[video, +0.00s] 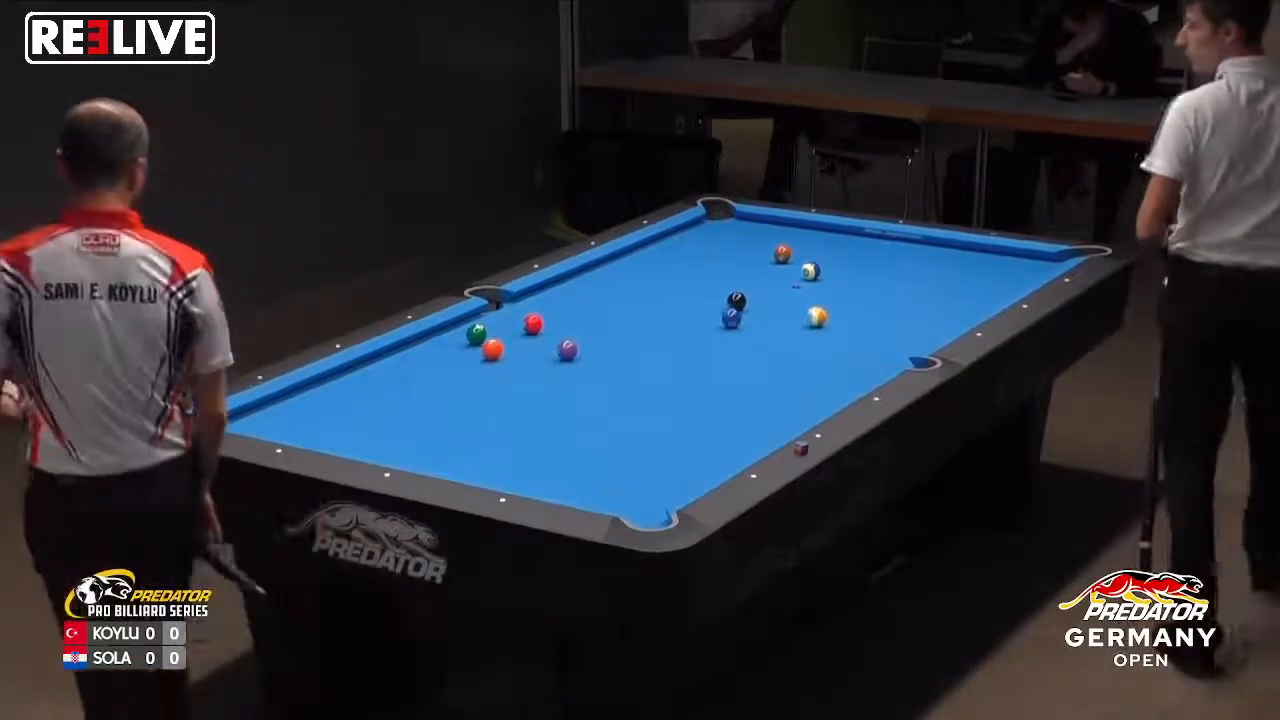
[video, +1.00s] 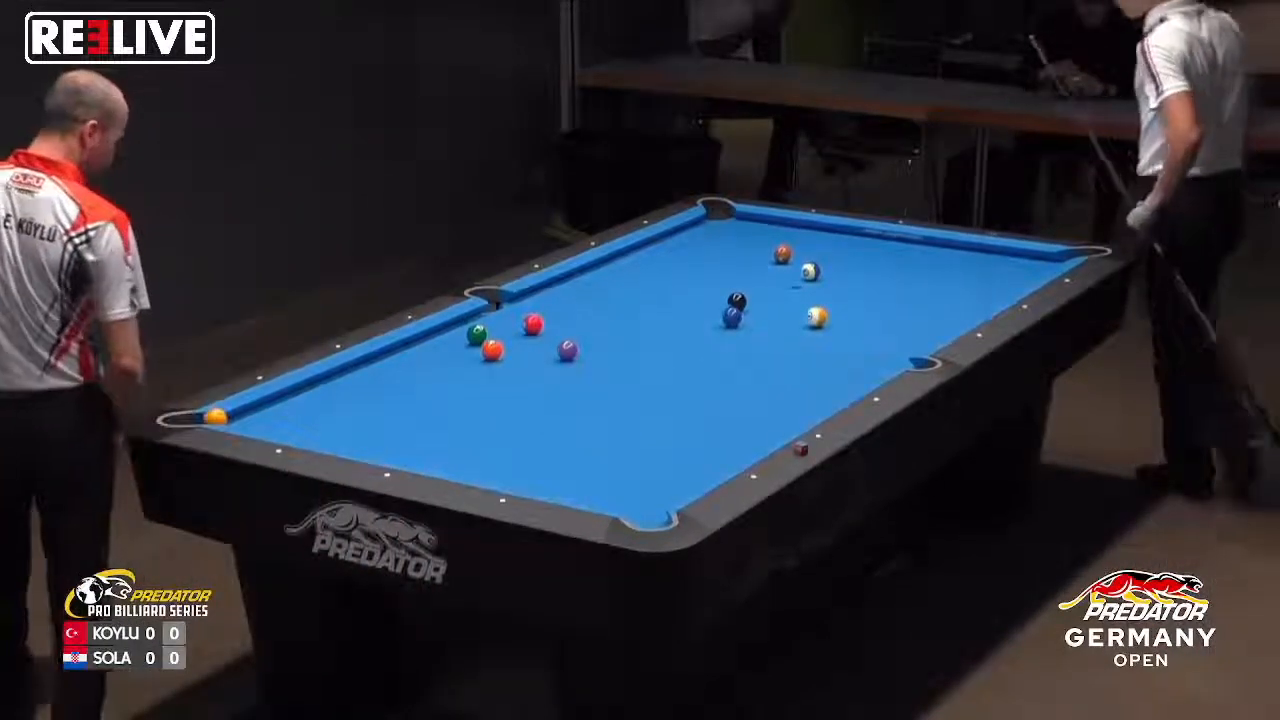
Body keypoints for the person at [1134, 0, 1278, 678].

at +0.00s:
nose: (1182, 38)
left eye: (1192, 25)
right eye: (1184, 24)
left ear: (1233, 34)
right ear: (1241, 34)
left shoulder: (1193, 109)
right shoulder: (1278, 96)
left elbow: (1151, 223)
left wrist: (1180, 229)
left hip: (1204, 287)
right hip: (1275, 286)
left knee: (1190, 445)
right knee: (1274, 435)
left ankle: (1193, 617)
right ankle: (1269, 566)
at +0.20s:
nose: (1193, 28)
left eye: (1204, 17)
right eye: (1195, 17)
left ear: (1244, 25)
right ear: (1248, 26)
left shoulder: (1213, 97)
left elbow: (1176, 207)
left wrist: (1164, 234)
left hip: (1221, 267)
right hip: (1273, 265)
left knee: (1203, 427)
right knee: (1273, 427)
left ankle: (1202, 580)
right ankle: (1266, 559)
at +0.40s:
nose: (1194, 9)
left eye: (1205, 0)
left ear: (1242, 5)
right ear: (1255, 8)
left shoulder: (1223, 73)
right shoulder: (1273, 60)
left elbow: (1189, 188)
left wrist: (1164, 217)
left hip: (1225, 242)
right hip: (1277, 238)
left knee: (1202, 389)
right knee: (1275, 393)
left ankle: (1224, 541)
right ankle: (1271, 536)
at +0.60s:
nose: (1180, 7)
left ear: (1227, 5)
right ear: (1239, 6)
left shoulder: (1212, 67)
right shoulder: (1273, 49)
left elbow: (1199, 170)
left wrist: (1161, 215)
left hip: (1217, 231)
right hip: (1273, 226)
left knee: (1200, 360)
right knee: (1271, 376)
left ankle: (1194, 476)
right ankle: (1268, 530)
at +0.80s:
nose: (1149, 6)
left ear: (1190, 1)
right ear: (1220, 1)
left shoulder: (1186, 58)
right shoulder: (1269, 44)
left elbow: (1195, 157)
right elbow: (1265, 133)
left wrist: (1159, 215)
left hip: (1202, 217)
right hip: (1263, 213)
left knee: (1182, 342)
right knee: (1247, 356)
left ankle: (1186, 465)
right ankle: (1263, 497)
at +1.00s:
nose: (1120, 5)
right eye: (1118, 1)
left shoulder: (1162, 40)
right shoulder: (1226, 25)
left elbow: (1185, 135)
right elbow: (1228, 118)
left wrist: (1153, 202)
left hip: (1182, 198)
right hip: (1223, 193)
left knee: (1174, 332)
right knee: (1199, 329)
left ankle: (1187, 464)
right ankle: (1237, 443)